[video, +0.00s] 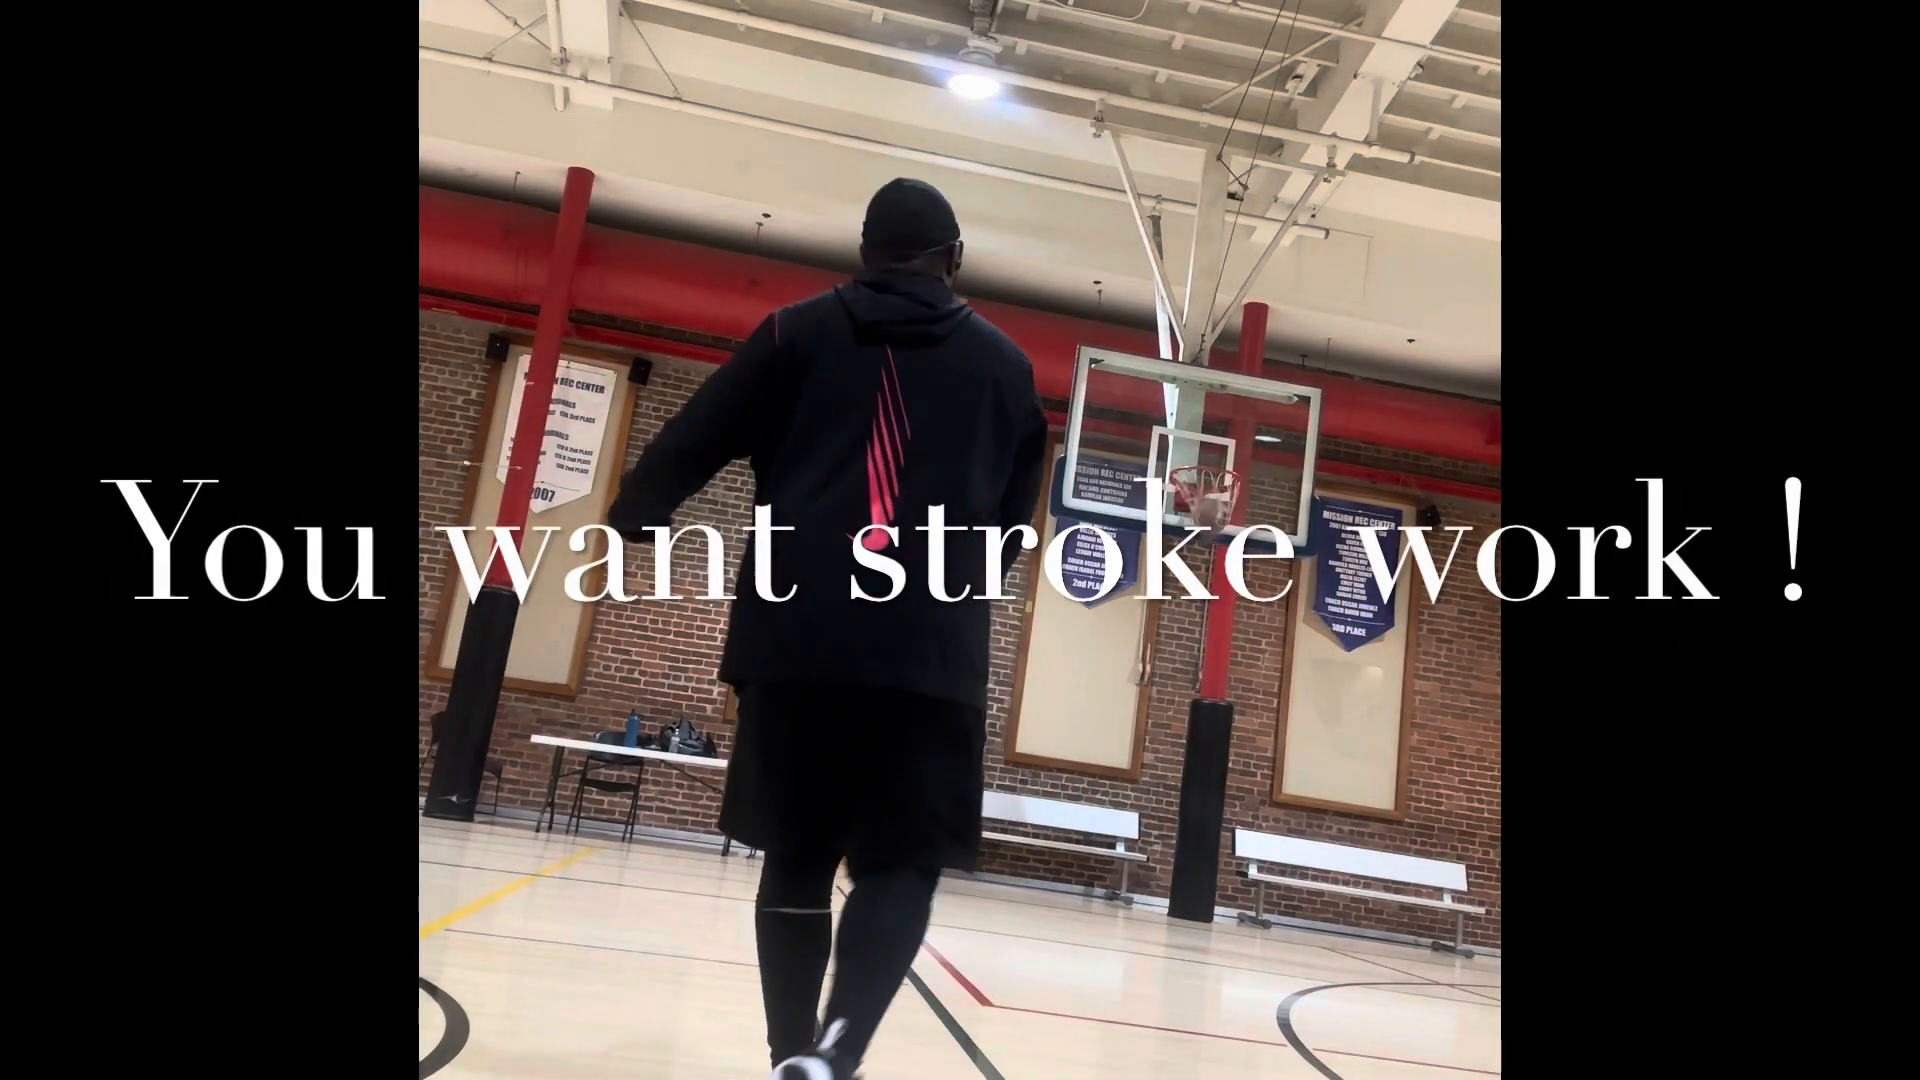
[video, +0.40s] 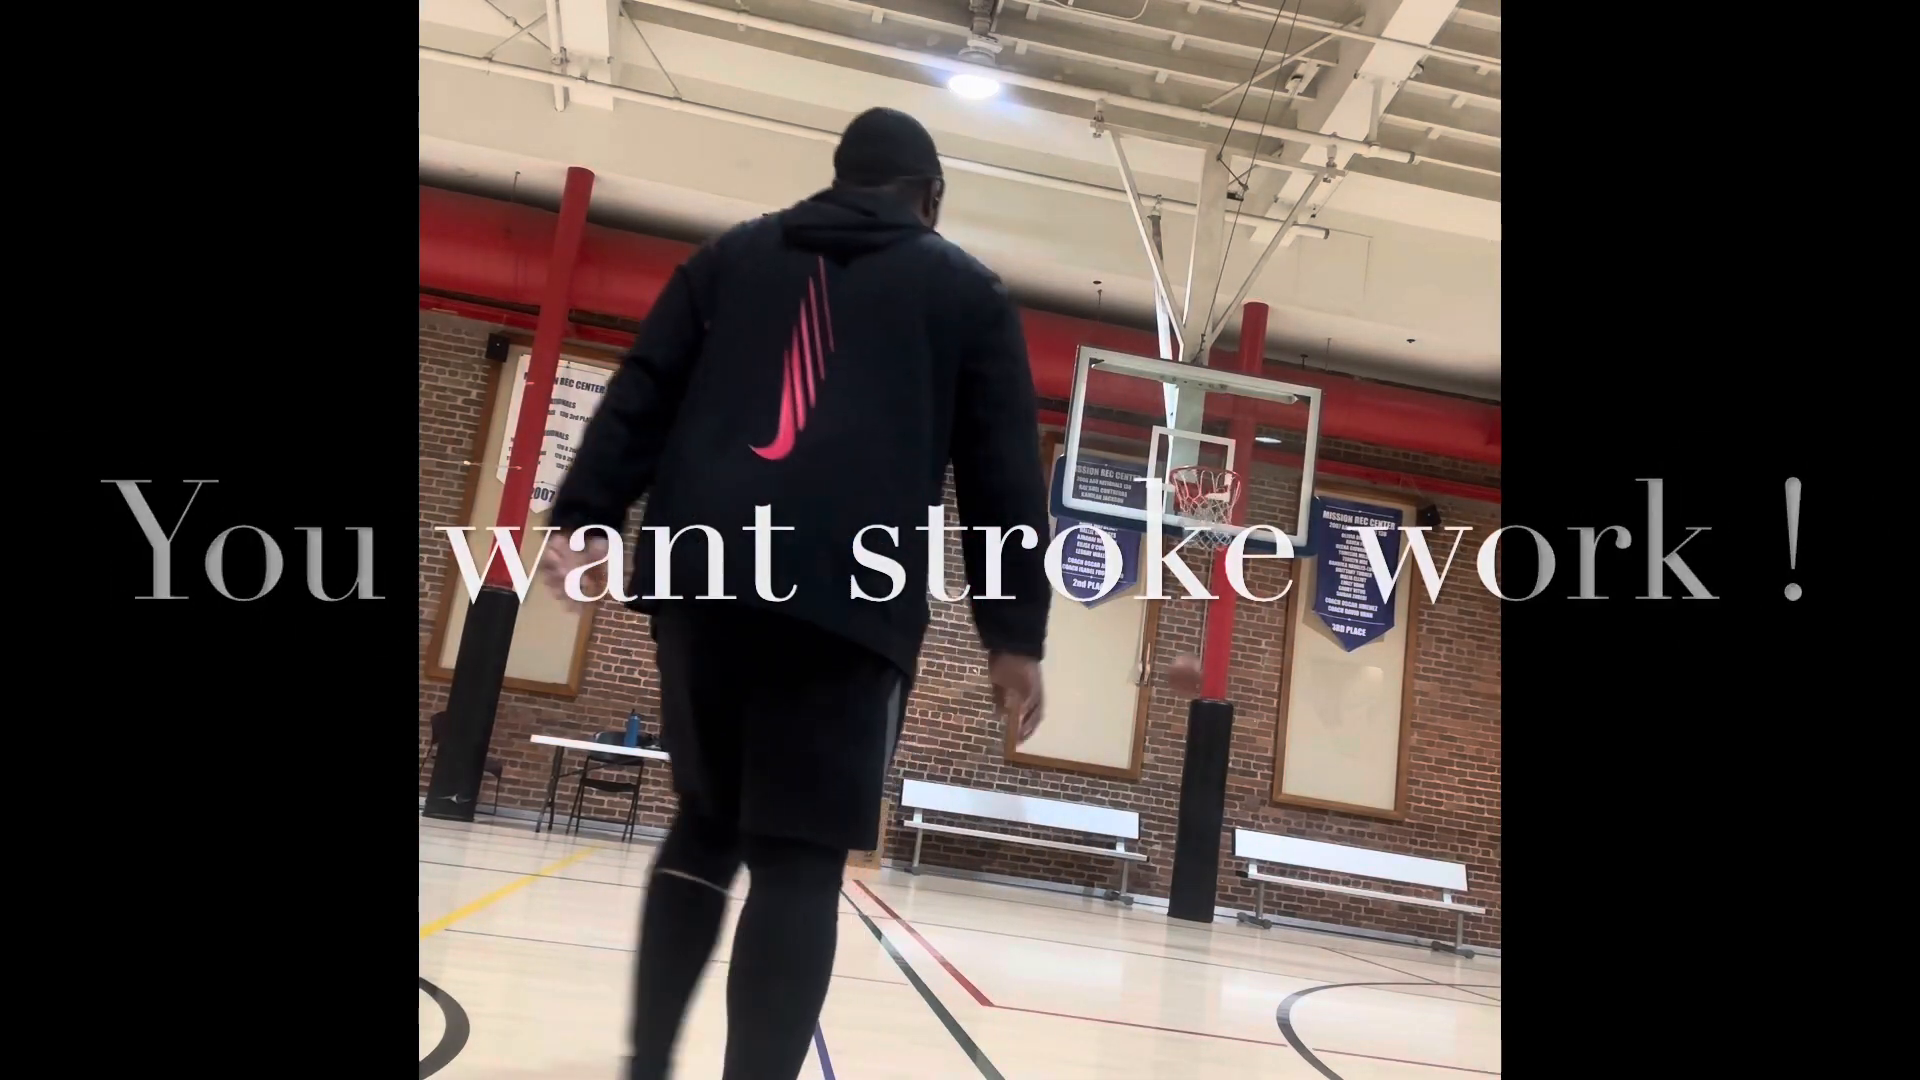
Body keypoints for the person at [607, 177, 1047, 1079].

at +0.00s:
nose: (944, 270)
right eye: (949, 257)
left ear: (863, 252)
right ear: (950, 260)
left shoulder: (798, 336)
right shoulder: (1002, 368)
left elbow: (691, 441)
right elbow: (1013, 518)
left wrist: (627, 517)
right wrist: (970, 578)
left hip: (792, 650)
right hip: (929, 666)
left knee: (796, 854)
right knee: (903, 861)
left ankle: (792, 1062)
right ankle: (834, 1053)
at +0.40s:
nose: (933, 210)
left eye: (930, 199)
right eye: (937, 198)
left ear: (837, 178)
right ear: (928, 192)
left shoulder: (730, 257)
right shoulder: (962, 293)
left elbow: (642, 392)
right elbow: (1003, 476)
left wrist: (582, 515)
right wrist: (1015, 636)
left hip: (695, 589)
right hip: (847, 609)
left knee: (703, 826)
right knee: (801, 861)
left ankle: (644, 1062)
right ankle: (758, 1074)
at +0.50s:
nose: (912, 196)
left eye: (910, 185)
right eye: (913, 183)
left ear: (809, 168)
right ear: (899, 177)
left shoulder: (701, 248)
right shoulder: (931, 272)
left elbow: (611, 382)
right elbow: (989, 421)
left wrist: (528, 501)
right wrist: (1034, 568)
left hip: (664, 589)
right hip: (819, 606)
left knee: (648, 817)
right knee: (779, 861)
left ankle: (509, 1055)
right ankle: (750, 1074)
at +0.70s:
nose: (830, 183)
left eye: (825, 173)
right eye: (830, 170)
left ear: (722, 150)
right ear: (813, 161)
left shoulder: (610, 241)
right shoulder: (839, 250)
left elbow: (528, 398)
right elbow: (908, 396)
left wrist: (473, 535)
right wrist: (969, 525)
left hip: (573, 586)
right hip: (738, 603)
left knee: (491, 831)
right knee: (734, 867)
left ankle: (417, 1029)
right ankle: (731, 1068)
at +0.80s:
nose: (780, 173)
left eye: (777, 160)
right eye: (781, 158)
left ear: (672, 137)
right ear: (764, 150)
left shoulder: (557, 233)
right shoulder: (790, 245)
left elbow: (492, 405)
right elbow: (845, 421)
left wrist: (470, 565)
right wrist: (898, 581)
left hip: (529, 574)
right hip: (695, 592)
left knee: (457, 816)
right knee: (714, 847)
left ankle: (411, 1023)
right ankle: (714, 1070)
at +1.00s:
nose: (720, 164)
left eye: (717, 152)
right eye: (721, 150)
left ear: (609, 126)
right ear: (701, 142)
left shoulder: (501, 213)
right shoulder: (729, 236)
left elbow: (455, 374)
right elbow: (779, 418)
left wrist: (473, 505)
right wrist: (748, 571)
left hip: (470, 555)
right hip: (644, 571)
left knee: (442, 802)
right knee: (659, 800)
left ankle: (407, 1035)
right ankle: (597, 1055)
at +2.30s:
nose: (722, 314)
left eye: (719, 302)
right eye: (723, 302)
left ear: (642, 286)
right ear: (708, 296)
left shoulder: (563, 366)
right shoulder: (716, 373)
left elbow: (517, 494)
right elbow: (751, 505)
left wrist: (523, 594)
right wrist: (781, 628)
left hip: (542, 624)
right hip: (656, 633)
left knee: (519, 798)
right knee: (689, 789)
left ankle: (469, 1013)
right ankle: (601, 985)